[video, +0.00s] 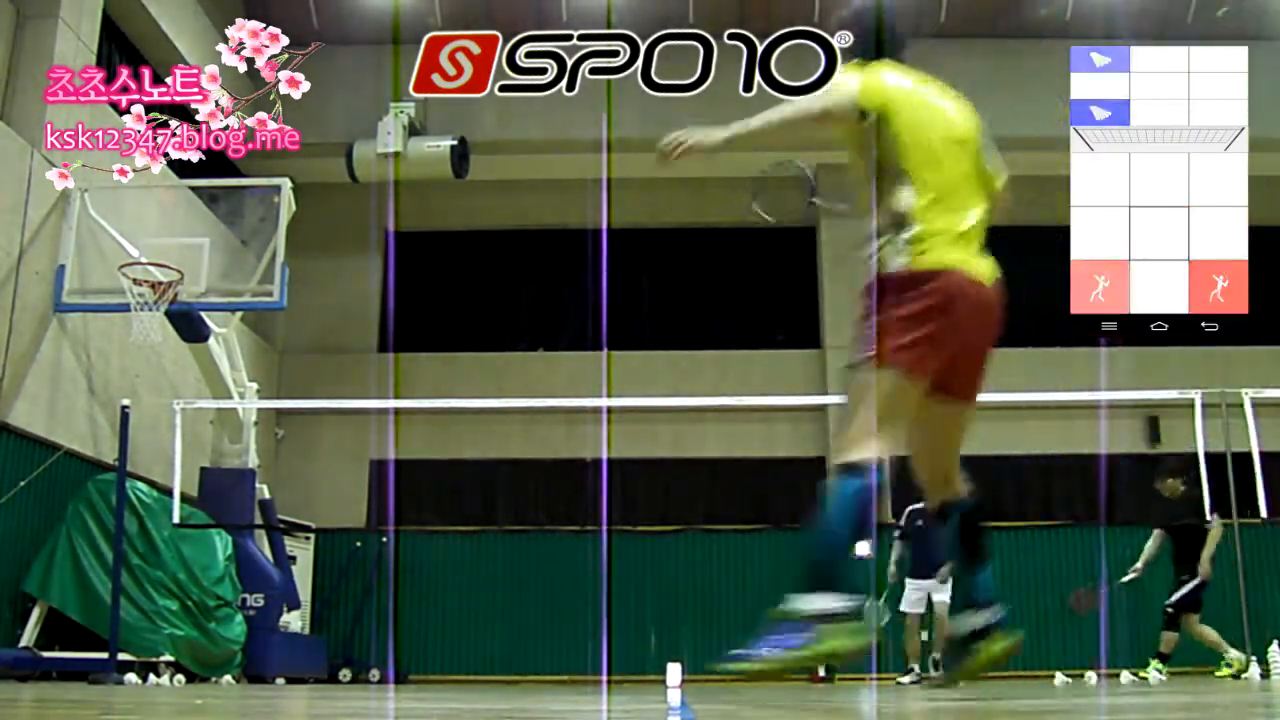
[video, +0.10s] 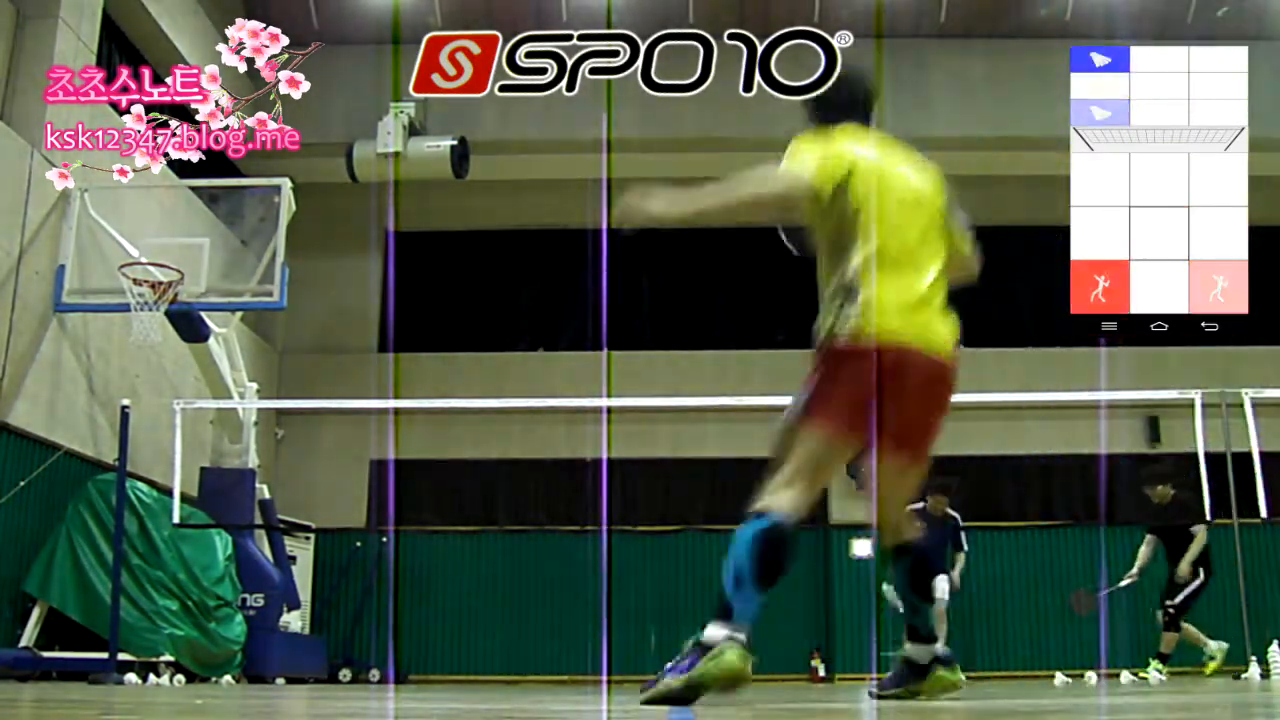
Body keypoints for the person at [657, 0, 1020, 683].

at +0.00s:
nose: (830, 61)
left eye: (833, 49)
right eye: (831, 52)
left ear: (851, 47)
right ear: (897, 47)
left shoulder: (870, 79)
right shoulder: (955, 104)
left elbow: (805, 110)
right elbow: (997, 195)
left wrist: (719, 134)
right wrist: (922, 211)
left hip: (923, 280)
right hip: (979, 287)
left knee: (866, 433)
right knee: (937, 457)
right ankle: (974, 610)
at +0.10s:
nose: (806, 125)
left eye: (809, 116)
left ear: (817, 112)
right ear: (870, 112)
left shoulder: (826, 148)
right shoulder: (923, 172)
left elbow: (787, 191)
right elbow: (966, 261)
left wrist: (666, 204)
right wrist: (897, 277)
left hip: (863, 343)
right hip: (933, 354)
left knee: (792, 485)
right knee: (897, 511)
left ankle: (727, 634)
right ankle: (926, 656)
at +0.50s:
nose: (738, 125)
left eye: (739, 117)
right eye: (750, 115)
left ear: (742, 122)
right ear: (794, 122)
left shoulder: (749, 160)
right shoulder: (844, 176)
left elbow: (740, 216)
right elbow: (894, 254)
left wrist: (657, 284)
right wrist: (842, 291)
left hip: (787, 346)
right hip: (853, 354)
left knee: (713, 475)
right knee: (850, 506)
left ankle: (671, 606)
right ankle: (900, 627)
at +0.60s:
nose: (710, 183)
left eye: (710, 173)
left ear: (716, 174)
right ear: (765, 168)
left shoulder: (736, 215)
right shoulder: (818, 223)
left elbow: (742, 272)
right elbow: (867, 290)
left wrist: (654, 333)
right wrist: (826, 339)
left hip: (784, 401)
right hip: (847, 409)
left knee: (682, 501)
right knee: (841, 536)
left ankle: (629, 626)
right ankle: (917, 646)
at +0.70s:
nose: (659, 228)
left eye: (659, 219)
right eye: (663, 216)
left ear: (665, 221)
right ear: (713, 211)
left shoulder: (694, 257)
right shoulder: (772, 259)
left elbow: (692, 313)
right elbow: (832, 319)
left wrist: (592, 359)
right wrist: (793, 370)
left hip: (767, 430)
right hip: (830, 436)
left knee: (639, 512)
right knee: (824, 554)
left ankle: (610, 652)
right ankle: (921, 653)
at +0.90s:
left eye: (514, 160)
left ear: (517, 159)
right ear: (570, 141)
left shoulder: (518, 210)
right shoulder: (634, 169)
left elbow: (466, 297)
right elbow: (711, 181)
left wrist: (445, 264)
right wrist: (701, 158)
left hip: (612, 376)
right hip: (694, 362)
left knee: (558, 513)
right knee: (748, 506)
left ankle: (597, 661)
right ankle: (818, 632)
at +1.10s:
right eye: (490, 27)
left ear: (418, 35)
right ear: (481, 20)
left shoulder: (406, 94)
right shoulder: (503, 57)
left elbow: (401, 172)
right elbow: (547, 31)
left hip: (449, 262)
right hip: (531, 246)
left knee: (485, 447)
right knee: (567, 422)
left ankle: (491, 610)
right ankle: (522, 549)